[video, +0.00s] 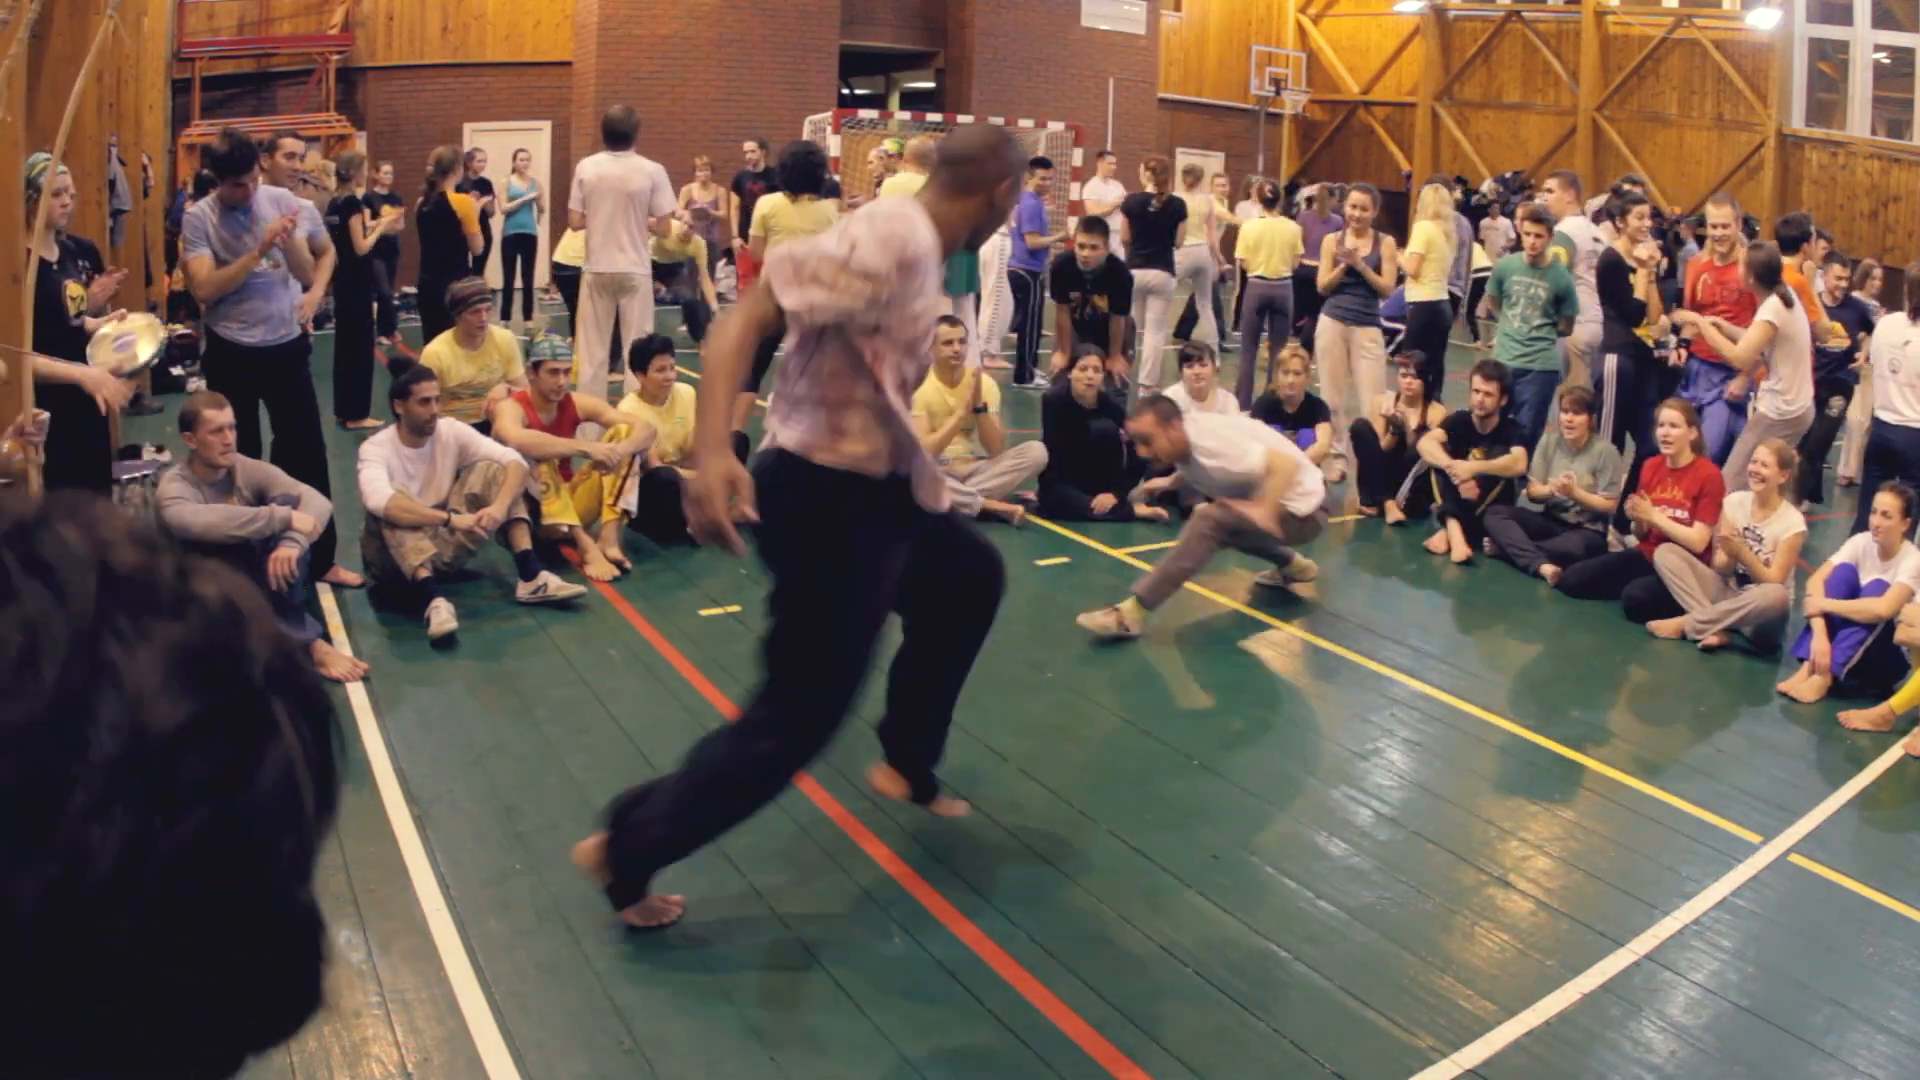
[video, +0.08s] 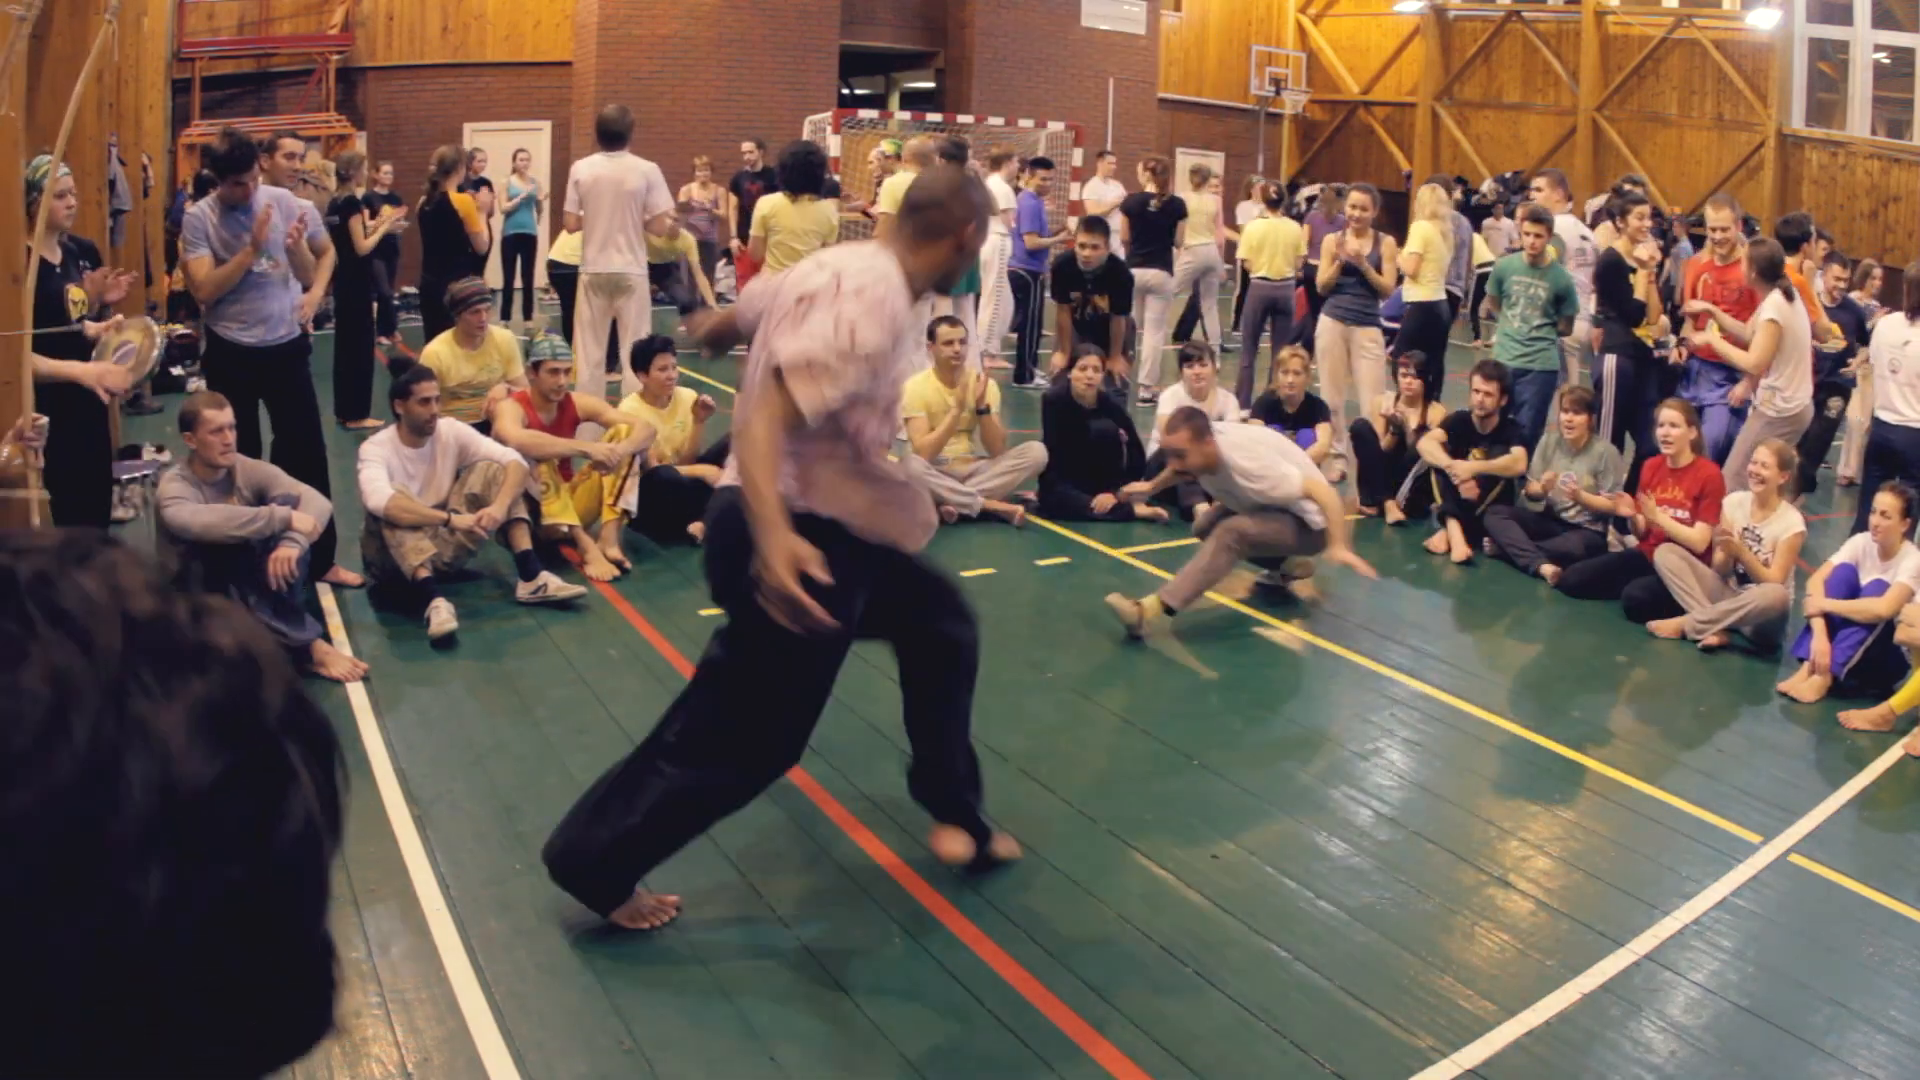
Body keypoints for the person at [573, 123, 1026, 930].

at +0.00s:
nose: (1010, 215)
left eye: (1013, 199)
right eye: (1011, 198)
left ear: (949, 171)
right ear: (987, 190)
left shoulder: (913, 243)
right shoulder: (894, 234)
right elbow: (739, 322)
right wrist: (709, 450)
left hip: (868, 487)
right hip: (826, 493)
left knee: (969, 579)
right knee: (797, 719)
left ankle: (909, 762)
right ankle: (627, 848)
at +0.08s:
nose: (976, 253)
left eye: (978, 237)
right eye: (976, 237)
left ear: (905, 215)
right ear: (956, 233)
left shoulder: (831, 264)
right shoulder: (875, 298)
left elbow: (718, 327)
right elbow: (763, 405)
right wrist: (773, 533)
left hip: (778, 522)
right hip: (805, 538)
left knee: (941, 619)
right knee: (750, 735)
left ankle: (955, 816)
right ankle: (598, 866)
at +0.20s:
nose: (946, 290)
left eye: (952, 275)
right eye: (953, 273)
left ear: (877, 237)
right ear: (940, 255)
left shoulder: (783, 287)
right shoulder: (871, 322)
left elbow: (671, 378)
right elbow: (862, 489)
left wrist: (574, 432)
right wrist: (975, 555)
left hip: (709, 520)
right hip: (769, 540)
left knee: (880, 630)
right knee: (764, 739)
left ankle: (953, 822)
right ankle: (613, 865)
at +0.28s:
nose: (946, 262)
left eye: (946, 248)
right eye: (948, 247)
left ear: (869, 225)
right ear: (931, 235)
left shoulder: (778, 274)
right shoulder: (906, 309)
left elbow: (668, 365)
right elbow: (932, 453)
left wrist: (554, 432)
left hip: (714, 498)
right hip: (788, 519)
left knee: (879, 582)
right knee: (765, 720)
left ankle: (900, 764)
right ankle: (621, 861)